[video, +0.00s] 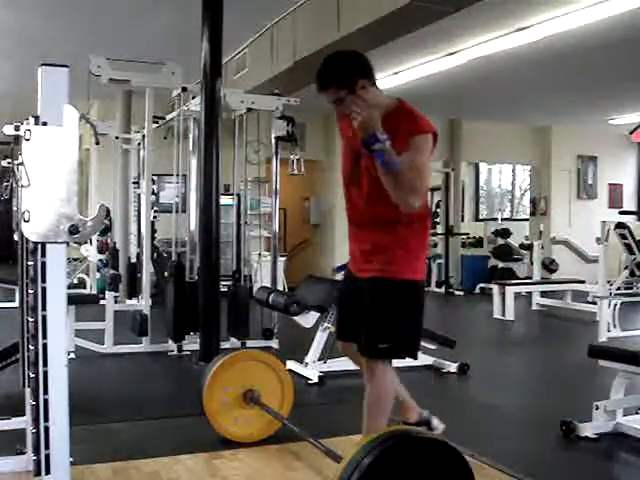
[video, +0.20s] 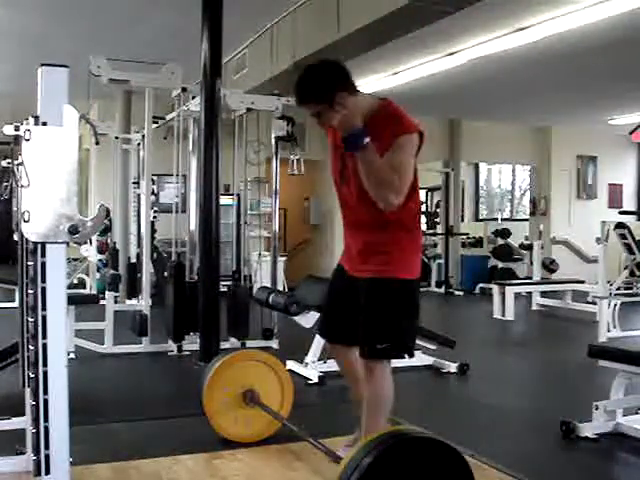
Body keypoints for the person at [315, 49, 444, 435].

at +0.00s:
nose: (339, 111)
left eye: (342, 100)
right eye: (333, 104)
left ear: (365, 86)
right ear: (332, 98)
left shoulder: (412, 126)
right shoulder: (349, 123)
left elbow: (411, 198)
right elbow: (362, 194)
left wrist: (374, 139)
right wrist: (356, 254)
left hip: (396, 265)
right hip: (362, 261)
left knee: (379, 357)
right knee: (352, 343)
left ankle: (370, 455)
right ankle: (414, 416)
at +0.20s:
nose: (320, 125)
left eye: (321, 114)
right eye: (314, 118)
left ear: (343, 98)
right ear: (333, 103)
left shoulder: (397, 125)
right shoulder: (339, 130)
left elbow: (390, 196)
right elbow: (351, 199)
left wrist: (357, 138)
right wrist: (351, 253)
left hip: (392, 268)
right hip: (354, 262)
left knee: (374, 358)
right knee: (338, 342)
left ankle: (370, 446)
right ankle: (373, 422)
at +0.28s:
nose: (314, 130)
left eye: (314, 119)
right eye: (308, 124)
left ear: (332, 101)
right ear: (324, 106)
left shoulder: (390, 126)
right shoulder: (339, 132)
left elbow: (382, 197)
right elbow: (347, 207)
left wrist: (345, 143)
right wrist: (345, 260)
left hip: (388, 270)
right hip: (350, 265)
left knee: (373, 360)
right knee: (340, 348)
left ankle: (372, 451)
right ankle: (344, 437)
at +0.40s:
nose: (307, 135)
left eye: (306, 125)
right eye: (300, 129)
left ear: (322, 105)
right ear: (313, 110)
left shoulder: (381, 130)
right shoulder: (335, 131)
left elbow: (371, 199)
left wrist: (334, 148)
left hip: (384, 269)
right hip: (346, 263)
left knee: (370, 362)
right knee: (337, 352)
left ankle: (370, 455)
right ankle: (333, 442)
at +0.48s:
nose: (303, 138)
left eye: (303, 128)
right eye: (296, 132)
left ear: (319, 107)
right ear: (308, 112)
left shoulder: (376, 130)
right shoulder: (330, 131)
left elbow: (367, 201)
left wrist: (329, 151)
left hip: (380, 268)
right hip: (342, 262)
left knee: (369, 361)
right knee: (335, 353)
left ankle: (369, 455)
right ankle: (331, 443)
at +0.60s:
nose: (287, 144)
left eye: (285, 134)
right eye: (281, 138)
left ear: (304, 112)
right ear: (302, 115)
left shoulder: (363, 131)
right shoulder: (319, 141)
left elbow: (373, 204)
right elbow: (321, 212)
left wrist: (322, 166)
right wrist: (308, 183)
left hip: (378, 265)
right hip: (339, 261)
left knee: (367, 358)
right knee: (329, 352)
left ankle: (369, 452)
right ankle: (331, 444)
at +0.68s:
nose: (283, 144)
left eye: (282, 135)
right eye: (277, 138)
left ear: (299, 112)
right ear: (295, 116)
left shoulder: (359, 133)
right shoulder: (312, 140)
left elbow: (377, 206)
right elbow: (316, 195)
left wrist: (319, 173)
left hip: (379, 262)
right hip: (340, 260)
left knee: (367, 357)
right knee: (329, 352)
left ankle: (370, 452)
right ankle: (331, 443)